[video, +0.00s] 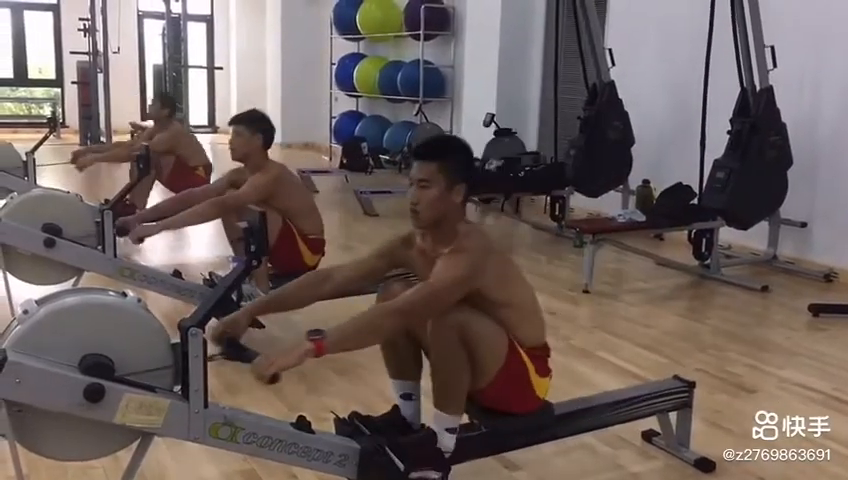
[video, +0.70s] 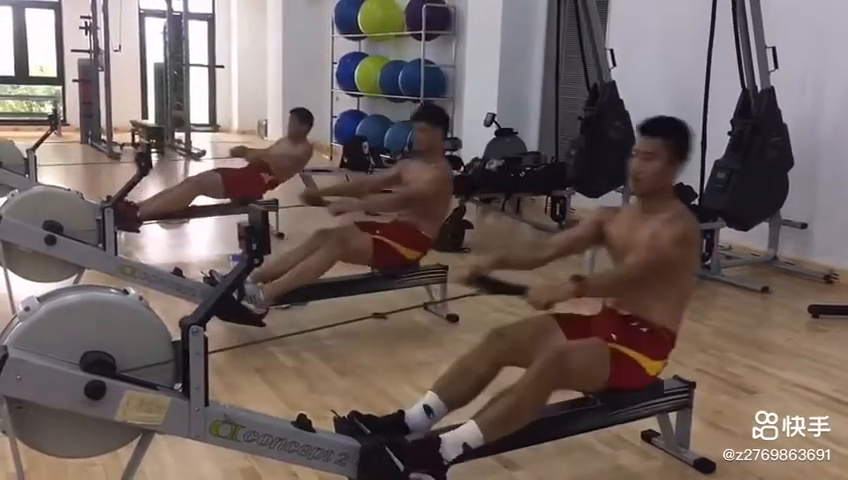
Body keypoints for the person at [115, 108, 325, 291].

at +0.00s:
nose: (230, 141)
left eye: (237, 135)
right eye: (231, 135)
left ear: (259, 141)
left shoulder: (270, 177)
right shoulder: (240, 175)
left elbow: (219, 207)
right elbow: (191, 197)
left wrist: (157, 228)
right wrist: (139, 217)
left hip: (303, 253)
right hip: (283, 248)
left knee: (260, 212)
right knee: (229, 206)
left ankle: (262, 286)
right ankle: (244, 274)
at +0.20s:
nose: (258, 135)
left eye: (266, 130)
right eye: (260, 129)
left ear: (287, 136)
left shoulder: (294, 175)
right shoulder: (270, 170)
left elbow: (242, 203)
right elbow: (222, 191)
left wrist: (185, 217)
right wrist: (167, 209)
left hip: (322, 252)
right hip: (307, 244)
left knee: (272, 208)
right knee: (248, 209)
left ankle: (263, 287)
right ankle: (247, 276)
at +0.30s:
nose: (287, 131)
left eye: (294, 126)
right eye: (288, 125)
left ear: (314, 133)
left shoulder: (323, 174)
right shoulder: (296, 168)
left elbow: (266, 202)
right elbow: (254, 191)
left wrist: (215, 220)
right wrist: (196, 209)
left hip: (340, 249)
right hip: (324, 242)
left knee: (280, 210)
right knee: (268, 206)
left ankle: (264, 289)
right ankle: (248, 279)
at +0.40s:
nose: (319, 129)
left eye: (326, 123)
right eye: (320, 123)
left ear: (345, 129)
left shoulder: (350, 172)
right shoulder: (323, 167)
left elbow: (301, 203)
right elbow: (279, 189)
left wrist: (255, 213)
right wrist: (232, 203)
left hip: (359, 245)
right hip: (345, 236)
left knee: (291, 215)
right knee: (280, 210)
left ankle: (265, 293)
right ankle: (257, 281)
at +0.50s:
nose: (353, 127)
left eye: (360, 122)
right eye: (353, 121)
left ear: (377, 127)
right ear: (352, 123)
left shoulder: (381, 169)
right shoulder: (353, 163)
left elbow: (329, 200)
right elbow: (308, 186)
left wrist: (281, 213)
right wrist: (260, 198)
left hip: (379, 244)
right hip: (363, 234)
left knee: (310, 220)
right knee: (296, 212)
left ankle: (266, 294)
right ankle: (258, 280)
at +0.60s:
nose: (386, 128)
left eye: (392, 122)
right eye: (386, 122)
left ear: (411, 127)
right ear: (390, 126)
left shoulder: (409, 169)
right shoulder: (381, 162)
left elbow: (362, 196)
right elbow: (338, 181)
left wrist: (307, 207)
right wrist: (289, 194)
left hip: (398, 239)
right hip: (375, 227)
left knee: (326, 230)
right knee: (311, 222)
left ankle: (267, 295)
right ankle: (252, 281)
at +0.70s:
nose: (416, 136)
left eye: (423, 131)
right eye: (416, 130)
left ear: (440, 134)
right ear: (418, 132)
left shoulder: (436, 176)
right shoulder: (411, 164)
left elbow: (389, 204)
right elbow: (367, 185)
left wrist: (343, 207)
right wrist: (322, 192)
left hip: (408, 244)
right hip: (391, 232)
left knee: (338, 241)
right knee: (321, 235)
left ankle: (264, 298)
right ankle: (248, 281)